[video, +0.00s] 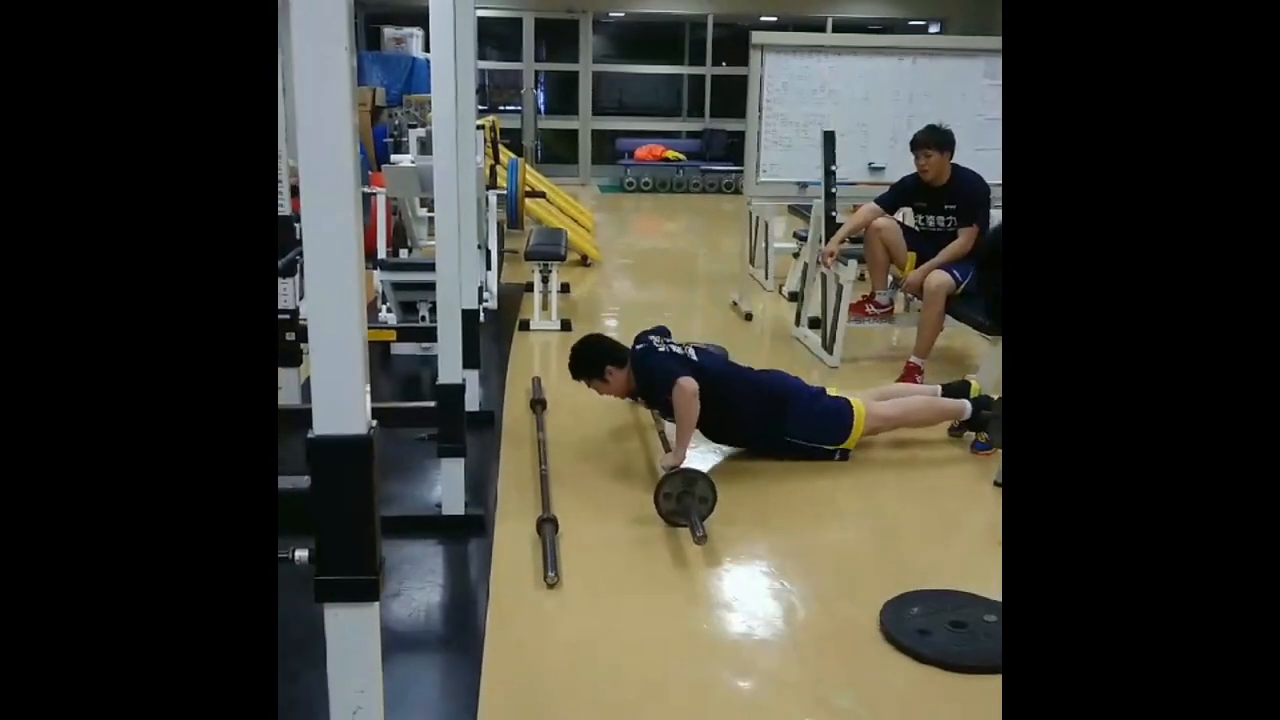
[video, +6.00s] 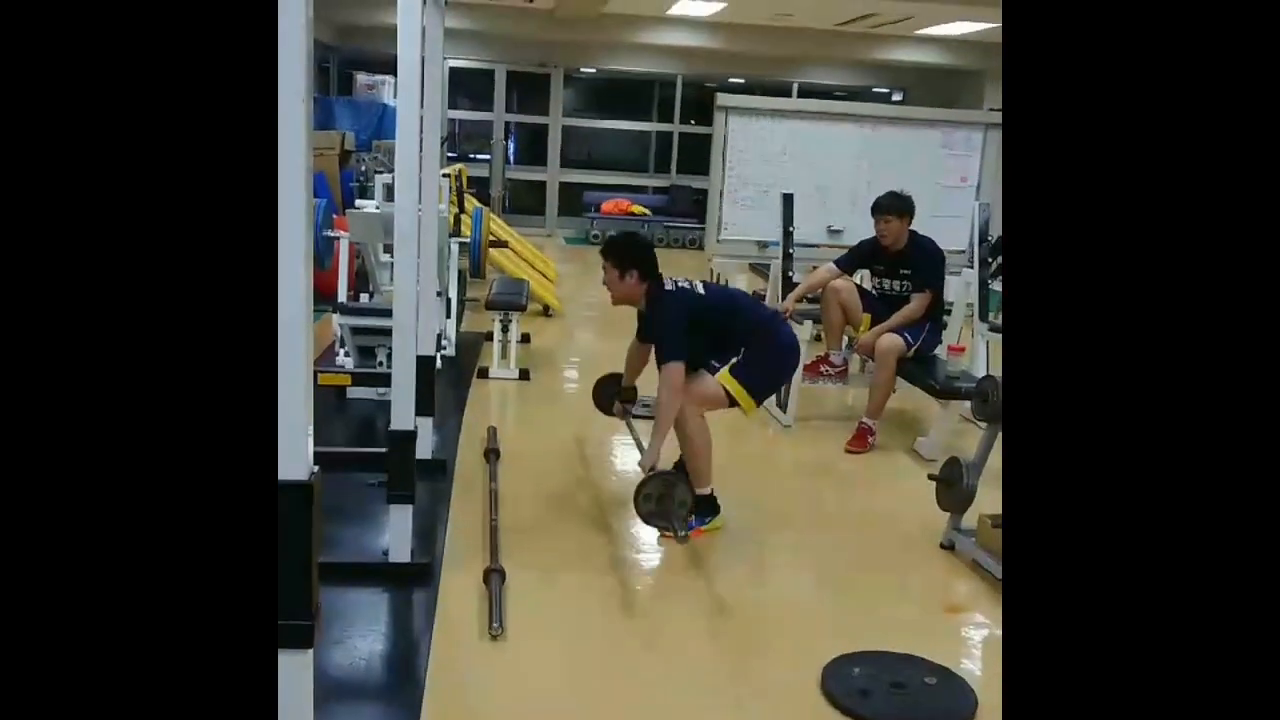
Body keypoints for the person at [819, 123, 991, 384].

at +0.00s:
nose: (920, 163)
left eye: (927, 157)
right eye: (917, 157)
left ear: (947, 156)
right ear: (913, 157)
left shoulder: (971, 186)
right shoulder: (911, 184)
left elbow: (965, 242)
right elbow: (870, 211)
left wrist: (922, 271)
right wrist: (836, 240)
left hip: (961, 257)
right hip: (924, 249)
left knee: (935, 283)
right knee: (877, 227)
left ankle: (915, 365)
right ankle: (880, 301)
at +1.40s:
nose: (898, 187)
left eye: (905, 181)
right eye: (895, 181)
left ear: (924, 181)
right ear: (891, 182)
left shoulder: (947, 211)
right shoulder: (890, 210)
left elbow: (939, 268)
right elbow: (848, 236)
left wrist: (897, 296)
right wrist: (811, 261)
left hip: (943, 283)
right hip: (904, 276)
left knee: (908, 307)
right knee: (856, 250)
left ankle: (890, 389)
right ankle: (857, 326)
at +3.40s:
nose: (894, 205)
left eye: (901, 198)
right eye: (890, 198)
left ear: (920, 200)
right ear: (886, 199)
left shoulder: (941, 231)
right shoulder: (884, 227)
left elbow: (932, 287)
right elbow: (843, 253)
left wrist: (889, 314)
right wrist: (805, 278)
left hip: (935, 303)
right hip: (895, 294)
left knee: (901, 325)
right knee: (848, 268)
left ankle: (883, 407)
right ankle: (849, 344)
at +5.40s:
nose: (883, 218)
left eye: (890, 212)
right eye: (880, 211)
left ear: (909, 212)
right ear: (876, 211)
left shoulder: (930, 241)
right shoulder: (874, 237)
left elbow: (921, 296)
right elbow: (831, 262)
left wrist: (878, 322)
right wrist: (794, 287)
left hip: (923, 313)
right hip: (886, 303)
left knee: (889, 336)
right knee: (837, 278)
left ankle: (870, 417)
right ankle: (838, 352)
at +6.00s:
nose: (880, 228)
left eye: (887, 221)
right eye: (877, 221)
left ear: (906, 222)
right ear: (873, 221)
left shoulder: (928, 252)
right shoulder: (870, 248)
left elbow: (918, 307)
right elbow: (830, 272)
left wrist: (875, 333)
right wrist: (793, 296)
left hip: (921, 324)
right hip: (882, 314)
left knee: (886, 345)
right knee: (835, 288)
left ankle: (868, 426)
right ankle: (835, 362)